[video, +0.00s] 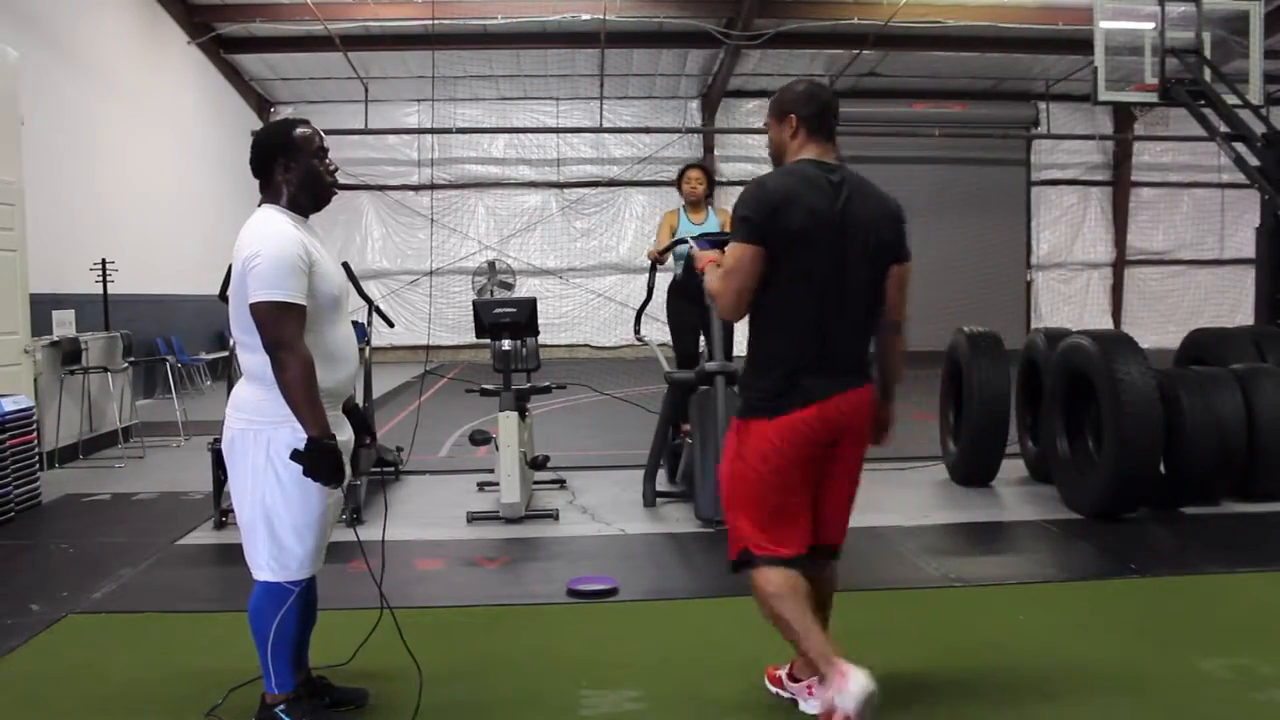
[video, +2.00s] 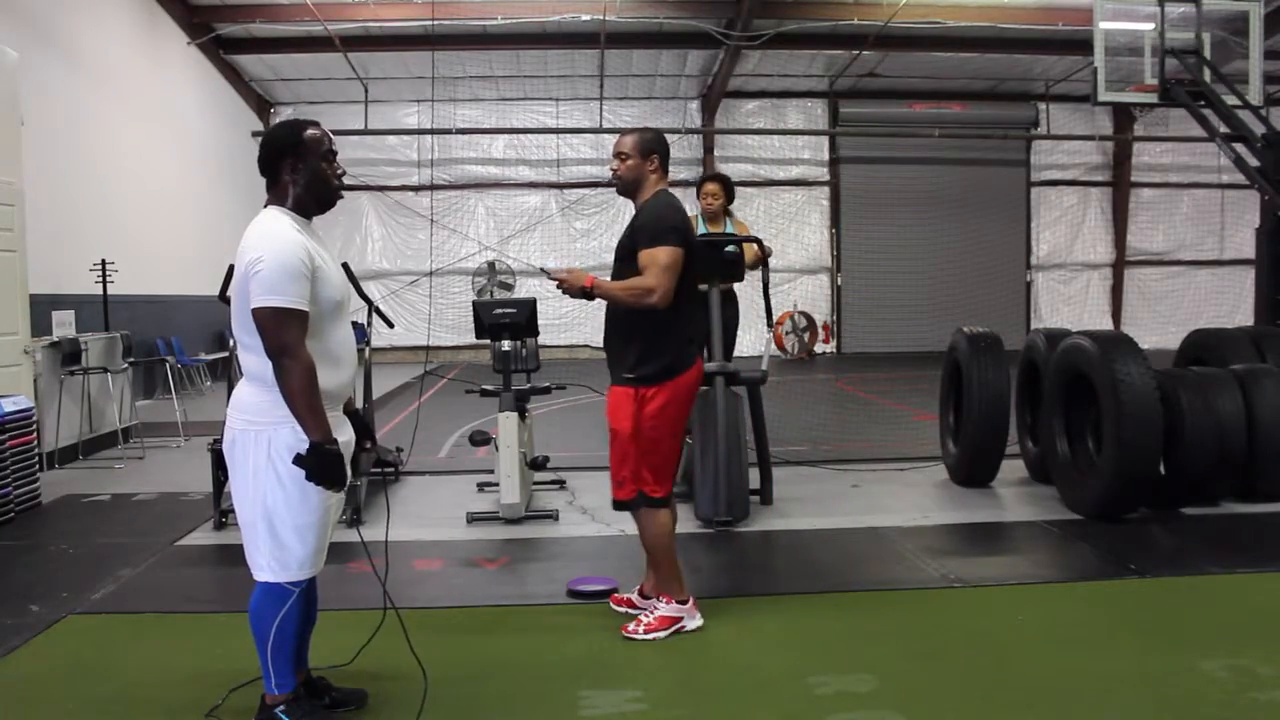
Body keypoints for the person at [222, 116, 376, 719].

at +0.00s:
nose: (333, 165)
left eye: (329, 154)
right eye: (320, 156)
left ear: (291, 171)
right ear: (286, 169)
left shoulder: (296, 236)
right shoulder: (273, 239)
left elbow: (316, 339)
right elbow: (283, 348)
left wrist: (351, 407)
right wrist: (318, 436)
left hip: (300, 427)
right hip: (276, 431)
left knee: (299, 565)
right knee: (283, 570)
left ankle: (297, 679)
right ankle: (280, 697)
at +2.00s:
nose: (341, 170)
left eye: (337, 159)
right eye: (329, 159)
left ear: (295, 171)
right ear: (293, 169)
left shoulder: (297, 238)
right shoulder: (275, 242)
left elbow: (314, 344)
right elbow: (285, 352)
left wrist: (351, 410)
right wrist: (321, 441)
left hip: (300, 428)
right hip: (277, 432)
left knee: (300, 566)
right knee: (283, 572)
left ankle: (297, 681)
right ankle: (280, 699)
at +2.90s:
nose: (357, 187)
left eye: (357, 174)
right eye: (350, 174)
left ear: (315, 175)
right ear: (312, 173)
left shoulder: (310, 235)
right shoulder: (279, 236)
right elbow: (268, 337)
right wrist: (266, 425)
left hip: (319, 427)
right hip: (289, 431)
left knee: (305, 568)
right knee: (288, 573)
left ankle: (298, 680)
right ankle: (279, 699)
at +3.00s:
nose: (370, 189)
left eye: (370, 177)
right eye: (363, 175)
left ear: (324, 175)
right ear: (324, 174)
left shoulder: (318, 236)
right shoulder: (282, 235)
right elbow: (243, 321)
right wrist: (202, 383)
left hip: (323, 429)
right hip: (291, 434)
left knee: (306, 566)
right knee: (287, 571)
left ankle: (299, 681)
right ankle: (278, 698)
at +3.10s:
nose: (378, 191)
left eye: (379, 179)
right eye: (371, 178)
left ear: (332, 177)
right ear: (330, 175)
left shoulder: (324, 239)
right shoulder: (284, 233)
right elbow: (237, 309)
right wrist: (191, 310)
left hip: (326, 426)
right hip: (292, 431)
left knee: (307, 565)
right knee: (289, 572)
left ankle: (297, 683)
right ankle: (280, 700)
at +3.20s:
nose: (378, 192)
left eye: (379, 179)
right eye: (370, 178)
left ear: (333, 178)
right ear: (331, 176)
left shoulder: (326, 235)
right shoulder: (289, 227)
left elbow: (327, 339)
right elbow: (241, 301)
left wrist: (356, 420)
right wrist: (240, 245)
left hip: (324, 426)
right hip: (290, 430)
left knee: (307, 566)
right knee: (290, 571)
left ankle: (299, 681)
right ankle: (280, 698)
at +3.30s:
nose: (369, 194)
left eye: (371, 185)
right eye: (363, 182)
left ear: (326, 174)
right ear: (330, 176)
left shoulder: (326, 234)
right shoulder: (286, 220)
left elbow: (353, 230)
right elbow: (262, 287)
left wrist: (375, 192)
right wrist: (313, 222)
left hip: (323, 423)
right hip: (287, 426)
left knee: (310, 562)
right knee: (292, 567)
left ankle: (299, 681)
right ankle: (279, 698)